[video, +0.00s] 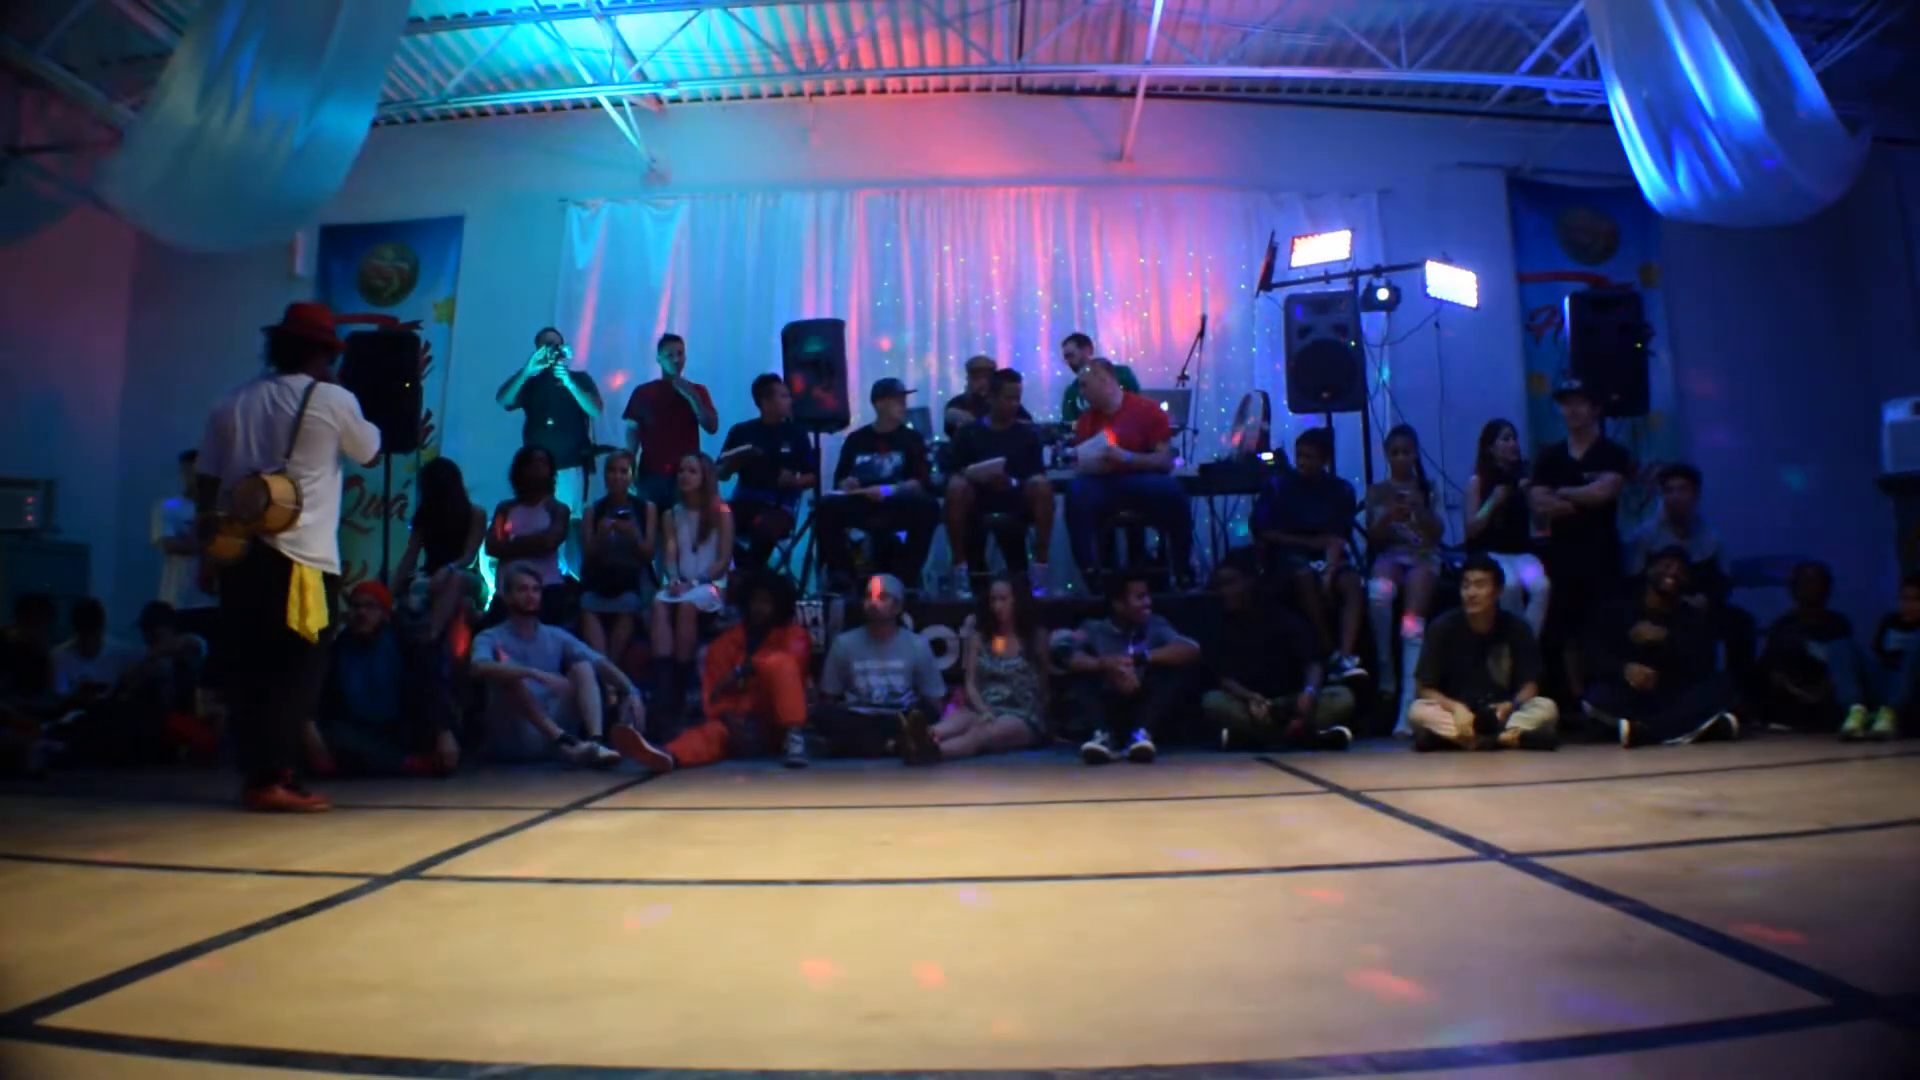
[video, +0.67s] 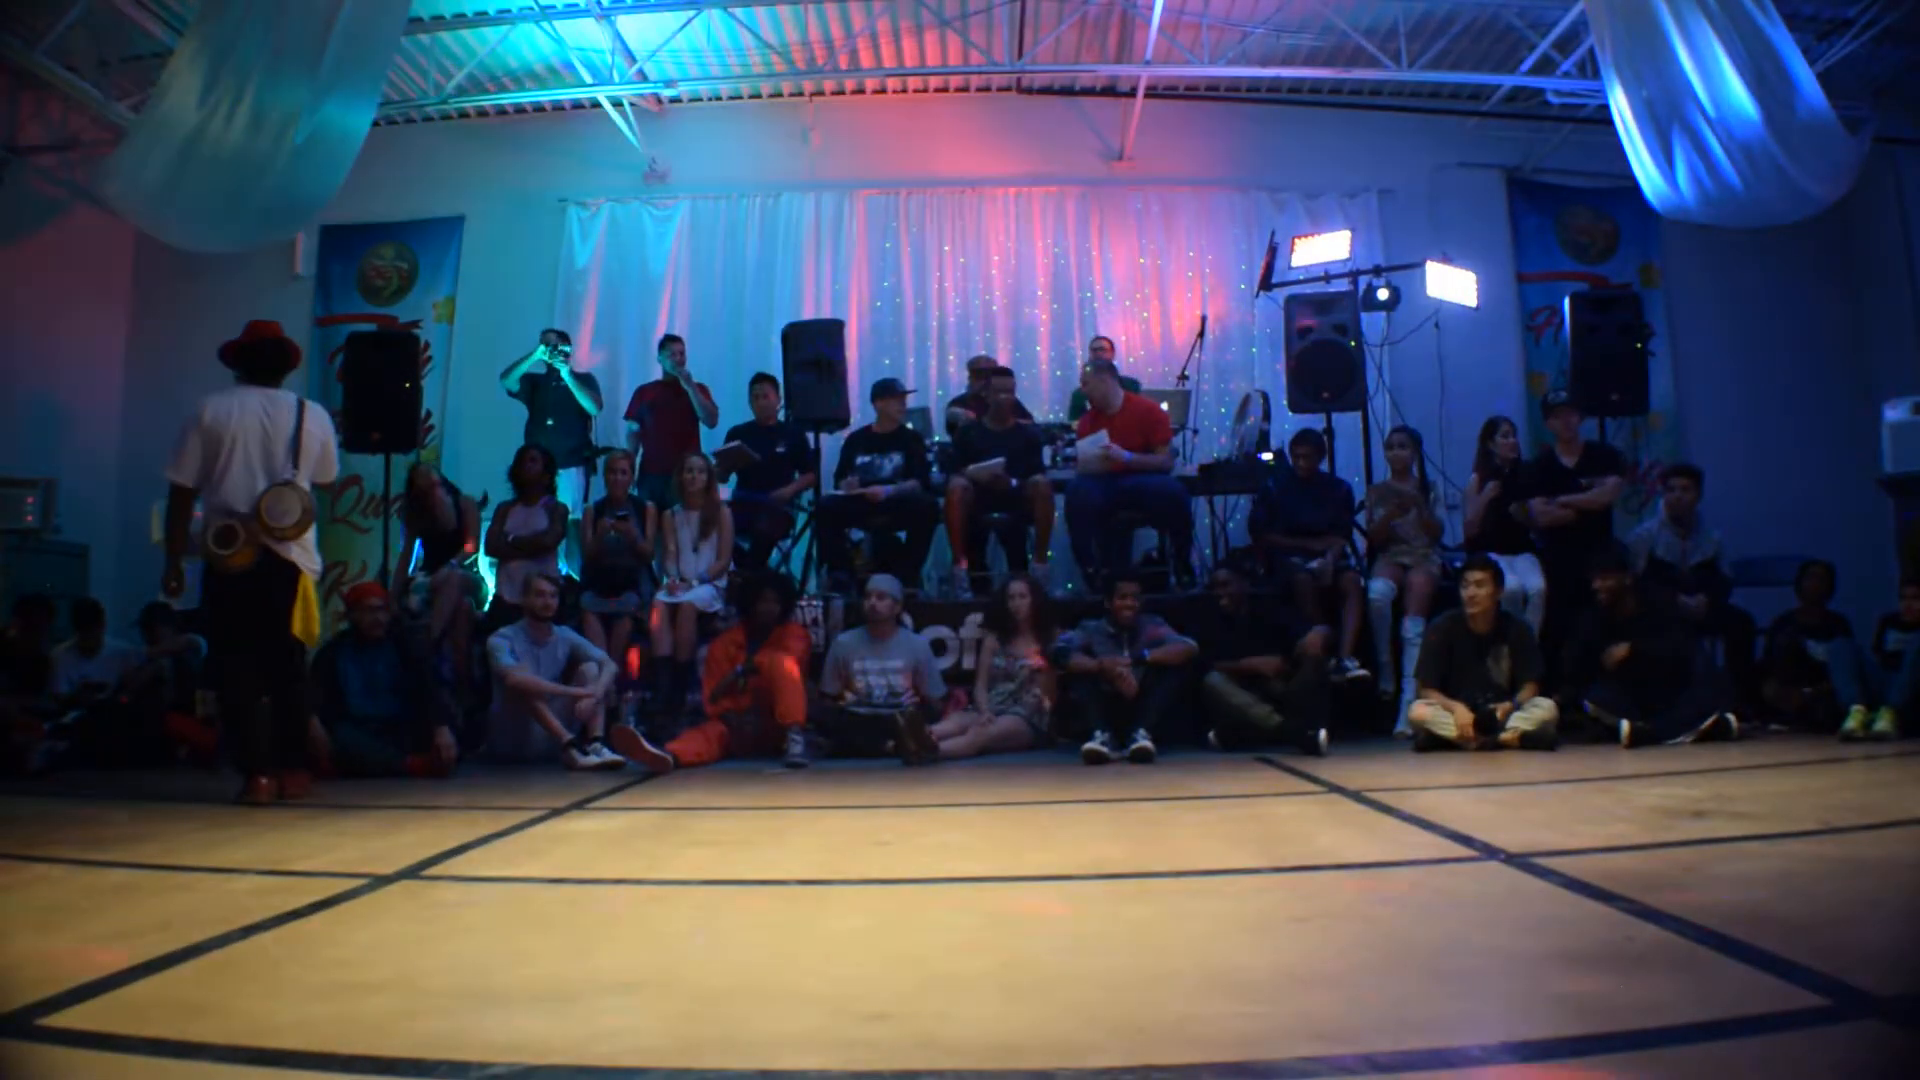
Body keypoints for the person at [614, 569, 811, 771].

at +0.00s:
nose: (759, 609)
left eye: (766, 603)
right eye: (754, 602)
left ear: (780, 607)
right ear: (745, 605)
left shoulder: (792, 635)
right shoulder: (724, 645)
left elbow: (784, 667)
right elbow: (713, 703)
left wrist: (748, 669)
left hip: (775, 721)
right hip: (738, 722)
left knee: (779, 663)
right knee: (712, 734)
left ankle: (794, 738)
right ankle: (668, 755)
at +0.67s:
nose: (768, 609)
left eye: (775, 603)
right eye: (762, 602)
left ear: (784, 607)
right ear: (749, 605)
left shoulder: (793, 634)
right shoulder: (725, 644)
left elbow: (787, 666)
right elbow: (713, 704)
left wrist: (754, 666)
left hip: (774, 717)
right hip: (736, 720)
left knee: (781, 662)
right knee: (709, 735)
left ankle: (794, 738)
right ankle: (669, 755)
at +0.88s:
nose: (768, 609)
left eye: (774, 603)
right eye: (762, 602)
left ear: (784, 607)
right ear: (748, 605)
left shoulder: (793, 634)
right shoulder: (724, 645)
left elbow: (788, 667)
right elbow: (713, 703)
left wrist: (757, 663)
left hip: (775, 719)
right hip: (737, 721)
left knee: (778, 661)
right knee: (709, 735)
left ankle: (795, 738)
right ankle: (670, 756)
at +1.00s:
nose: (768, 609)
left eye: (775, 603)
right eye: (762, 602)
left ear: (784, 607)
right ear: (749, 604)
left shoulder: (793, 634)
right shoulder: (724, 645)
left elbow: (790, 662)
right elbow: (713, 703)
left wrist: (756, 665)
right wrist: (735, 676)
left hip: (775, 718)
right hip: (737, 721)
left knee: (779, 661)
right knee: (709, 734)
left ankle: (795, 737)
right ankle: (670, 756)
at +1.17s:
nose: (768, 609)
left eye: (774, 603)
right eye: (762, 602)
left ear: (784, 607)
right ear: (749, 605)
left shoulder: (793, 634)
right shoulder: (724, 645)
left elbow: (787, 669)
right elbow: (714, 705)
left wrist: (751, 666)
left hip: (774, 717)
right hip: (738, 720)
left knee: (780, 661)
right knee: (711, 734)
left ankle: (794, 739)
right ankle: (670, 755)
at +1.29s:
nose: (768, 609)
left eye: (775, 603)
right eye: (762, 602)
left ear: (784, 607)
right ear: (749, 605)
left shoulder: (793, 634)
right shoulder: (723, 645)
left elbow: (786, 665)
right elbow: (713, 705)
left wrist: (753, 666)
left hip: (774, 717)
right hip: (737, 720)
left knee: (779, 661)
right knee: (709, 735)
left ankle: (794, 737)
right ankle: (670, 755)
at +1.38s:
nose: (769, 609)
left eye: (775, 603)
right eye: (762, 602)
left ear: (784, 607)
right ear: (749, 605)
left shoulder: (793, 634)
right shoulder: (723, 645)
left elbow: (788, 663)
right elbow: (713, 706)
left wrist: (753, 666)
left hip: (775, 718)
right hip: (738, 722)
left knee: (779, 661)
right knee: (710, 734)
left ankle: (794, 737)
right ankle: (670, 756)